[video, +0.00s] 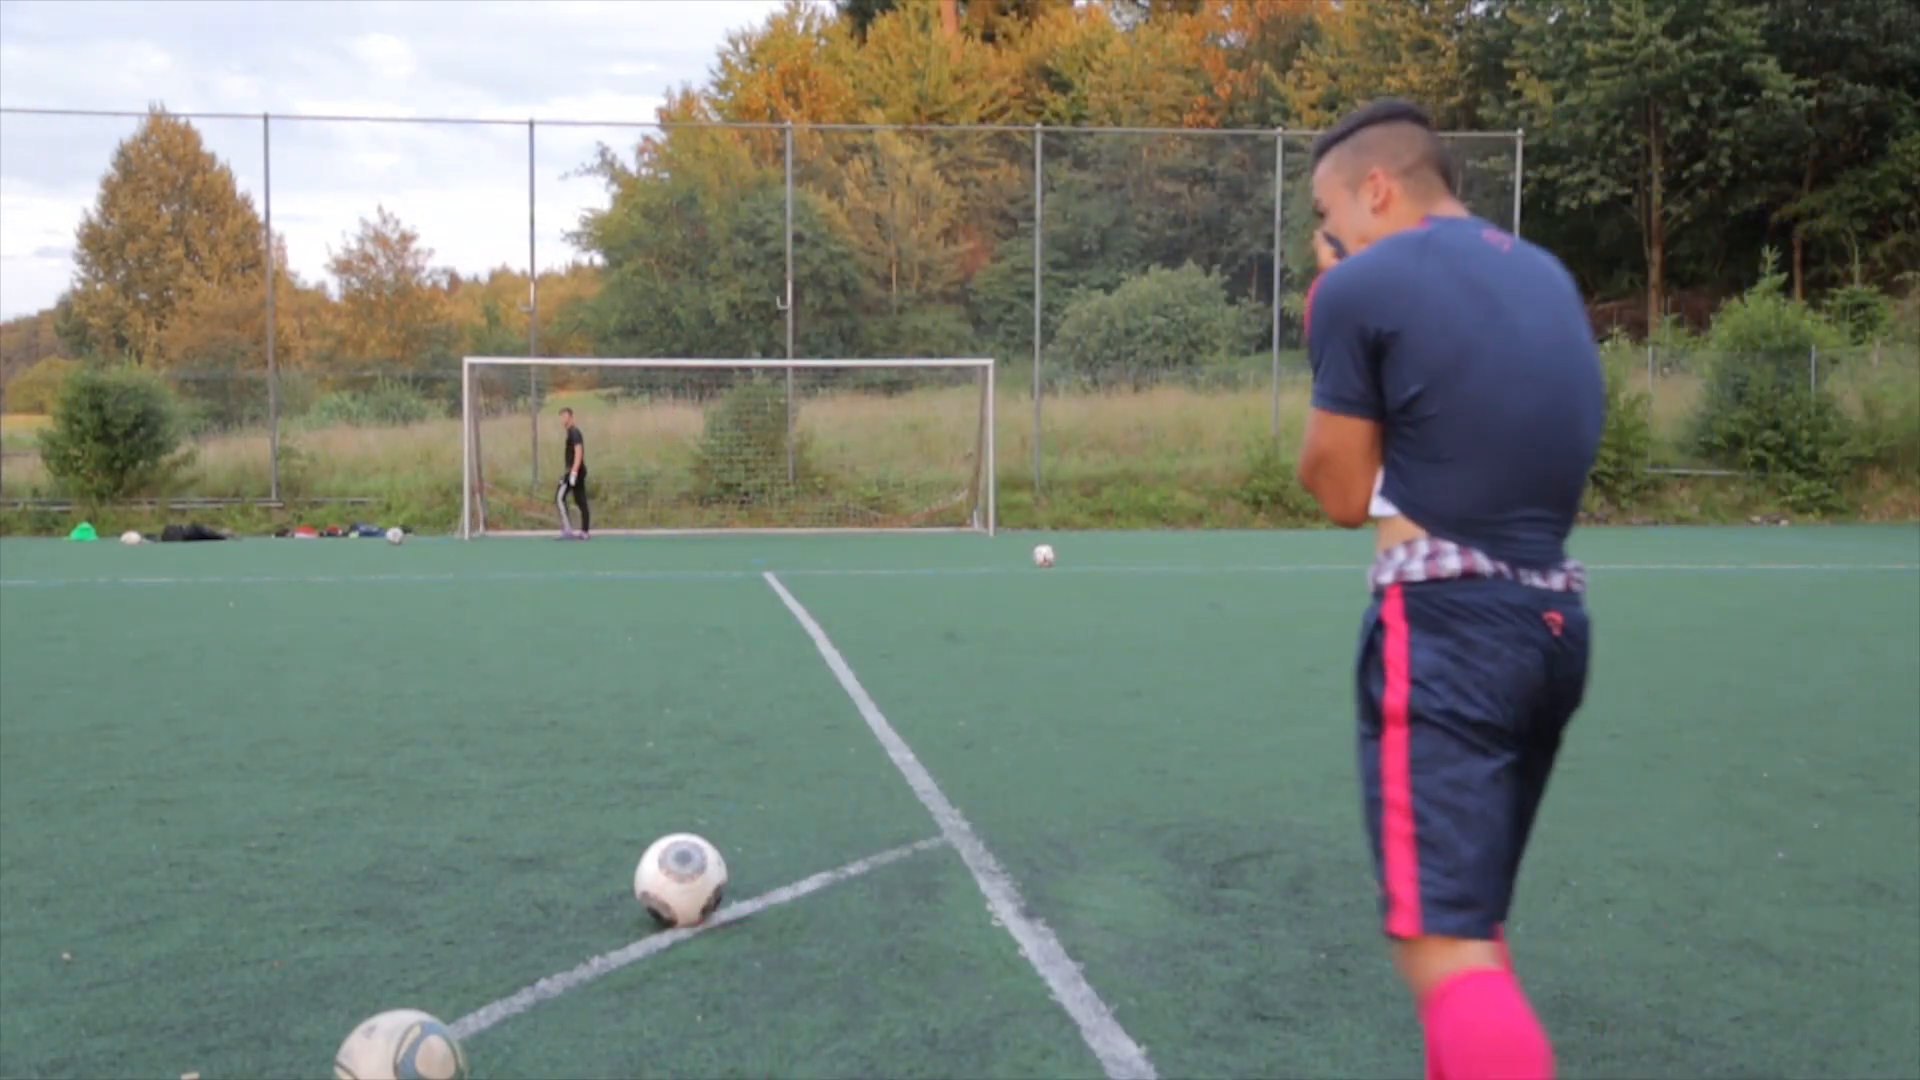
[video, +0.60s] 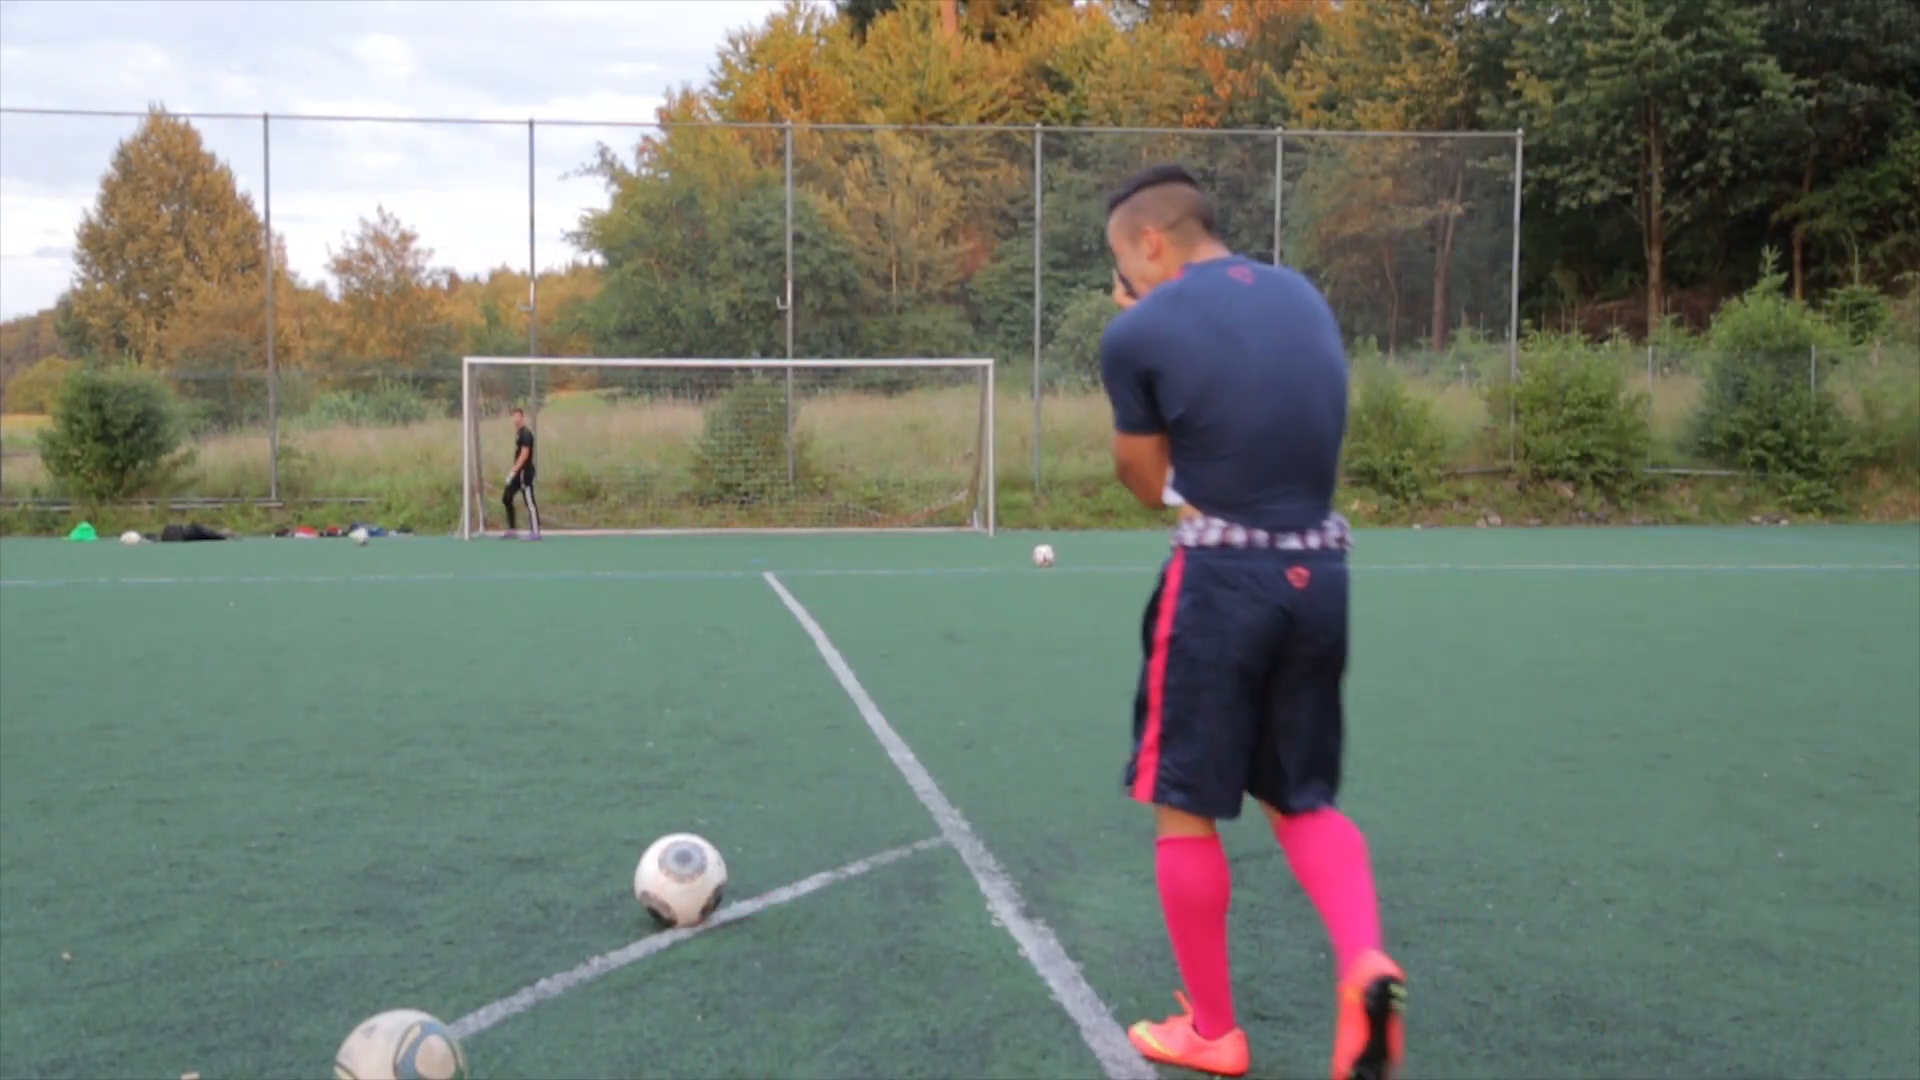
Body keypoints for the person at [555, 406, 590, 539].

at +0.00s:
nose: (562, 420)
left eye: (564, 417)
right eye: (561, 417)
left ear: (570, 417)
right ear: (564, 418)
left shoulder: (574, 433)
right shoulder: (571, 432)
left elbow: (578, 454)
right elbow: (574, 454)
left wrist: (573, 472)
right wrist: (568, 471)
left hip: (574, 470)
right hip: (576, 470)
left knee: (560, 497)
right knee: (581, 501)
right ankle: (585, 530)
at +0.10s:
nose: (555, 421)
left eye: (558, 417)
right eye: (554, 418)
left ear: (564, 418)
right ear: (554, 420)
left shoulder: (567, 434)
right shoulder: (562, 435)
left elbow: (571, 455)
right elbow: (563, 457)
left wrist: (569, 474)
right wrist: (557, 472)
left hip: (565, 472)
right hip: (567, 472)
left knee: (555, 502)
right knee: (577, 503)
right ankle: (584, 530)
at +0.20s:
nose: (547, 422)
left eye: (549, 418)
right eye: (546, 419)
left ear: (555, 419)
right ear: (547, 420)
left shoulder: (558, 435)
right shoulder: (554, 435)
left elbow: (562, 457)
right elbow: (554, 458)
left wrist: (563, 475)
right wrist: (548, 473)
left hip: (556, 474)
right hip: (557, 474)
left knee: (547, 503)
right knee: (569, 503)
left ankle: (539, 531)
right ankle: (582, 529)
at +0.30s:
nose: (539, 421)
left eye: (541, 417)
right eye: (538, 417)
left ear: (546, 419)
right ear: (537, 420)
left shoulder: (549, 435)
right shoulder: (546, 435)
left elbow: (552, 457)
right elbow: (546, 458)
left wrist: (553, 476)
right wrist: (539, 474)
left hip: (545, 474)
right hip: (546, 473)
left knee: (539, 502)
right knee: (553, 501)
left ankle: (536, 531)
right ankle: (574, 524)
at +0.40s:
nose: (531, 420)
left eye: (533, 417)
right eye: (530, 417)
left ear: (538, 418)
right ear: (529, 419)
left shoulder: (541, 435)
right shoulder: (537, 434)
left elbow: (542, 457)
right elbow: (537, 457)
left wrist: (540, 476)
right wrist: (532, 473)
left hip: (538, 472)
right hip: (535, 472)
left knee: (535, 502)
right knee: (536, 502)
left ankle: (535, 532)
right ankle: (559, 519)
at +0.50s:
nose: (522, 420)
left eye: (525, 417)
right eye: (521, 417)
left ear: (531, 418)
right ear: (521, 419)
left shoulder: (533, 434)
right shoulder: (529, 434)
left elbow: (533, 456)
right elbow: (530, 456)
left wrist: (526, 475)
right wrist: (525, 473)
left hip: (532, 471)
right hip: (527, 470)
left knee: (531, 499)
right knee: (518, 497)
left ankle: (536, 530)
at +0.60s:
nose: (515, 420)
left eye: (517, 417)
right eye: (514, 417)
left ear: (522, 418)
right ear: (513, 419)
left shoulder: (526, 434)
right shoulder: (520, 434)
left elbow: (524, 455)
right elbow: (521, 455)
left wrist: (512, 472)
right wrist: (515, 471)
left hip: (525, 470)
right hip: (519, 470)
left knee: (529, 501)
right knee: (507, 497)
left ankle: (535, 531)